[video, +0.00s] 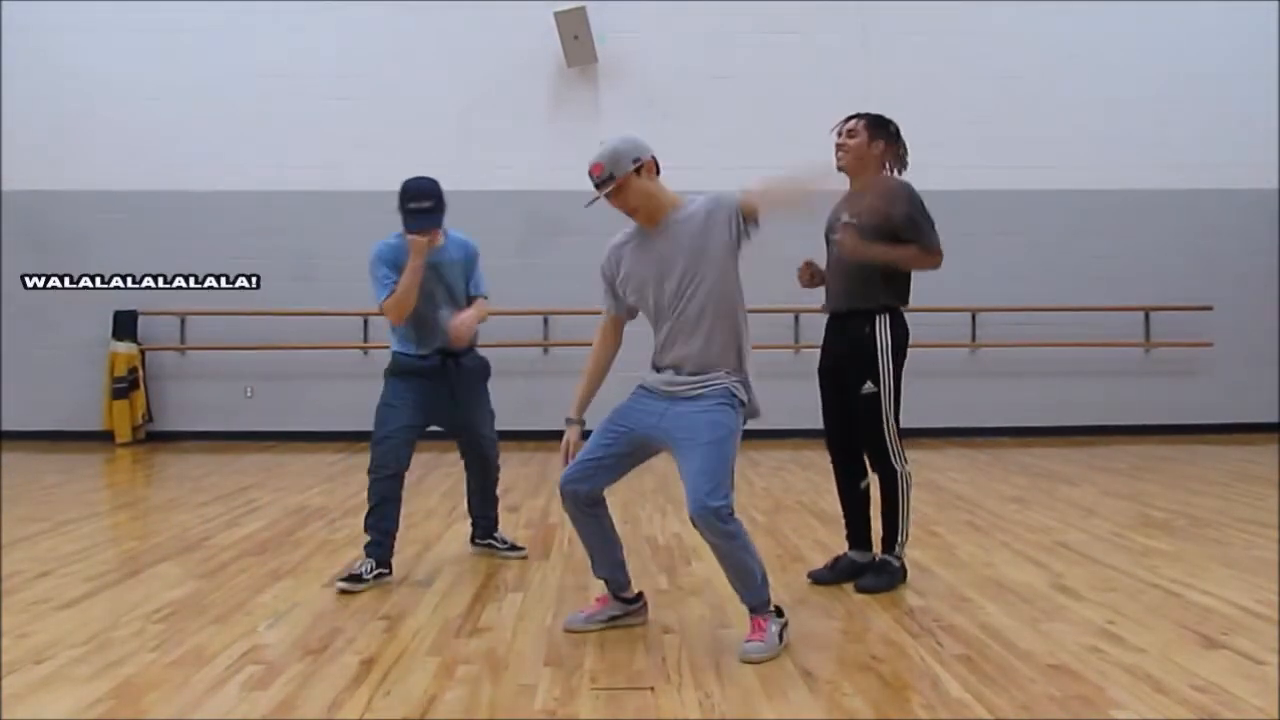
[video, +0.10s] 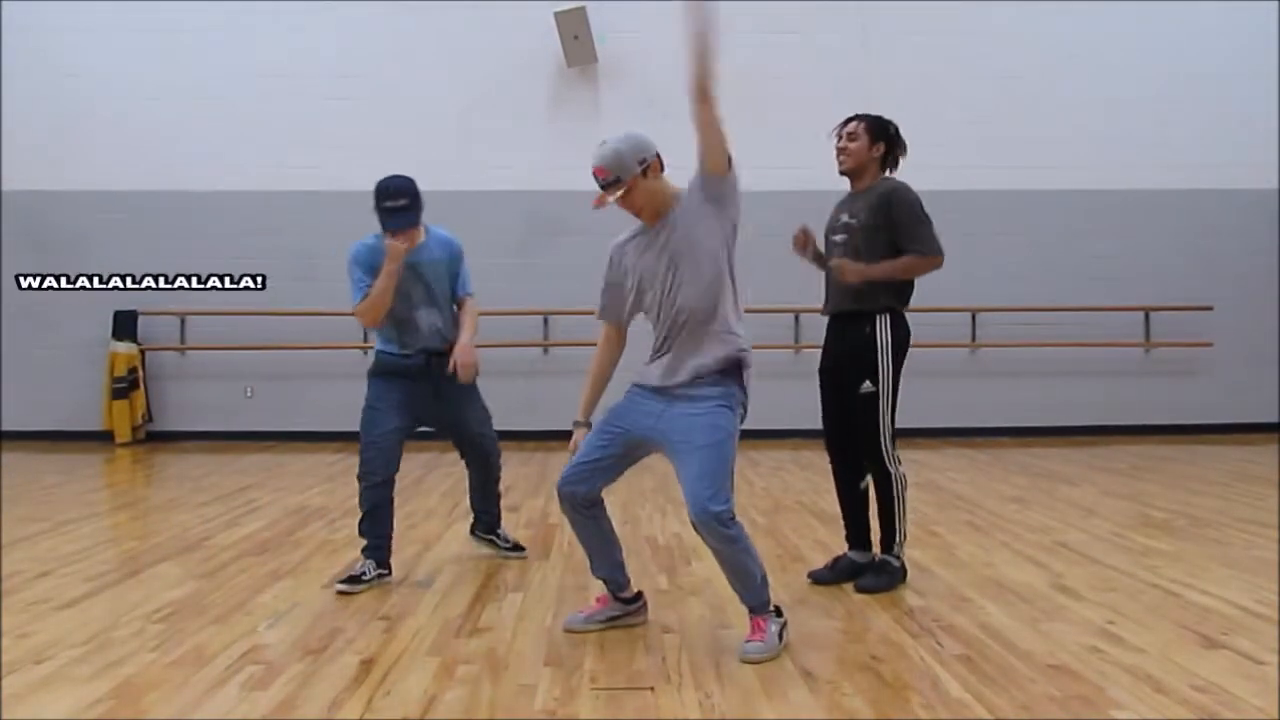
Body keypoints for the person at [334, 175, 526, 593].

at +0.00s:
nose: (427, 234)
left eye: (432, 225)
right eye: (417, 227)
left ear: (443, 217)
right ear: (403, 221)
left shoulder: (463, 250)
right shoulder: (387, 254)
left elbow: (481, 302)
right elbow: (395, 314)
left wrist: (471, 316)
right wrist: (417, 258)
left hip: (461, 372)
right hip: (409, 373)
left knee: (484, 452)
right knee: (387, 458)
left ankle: (485, 532)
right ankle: (377, 558)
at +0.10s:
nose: (401, 234)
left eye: (408, 225)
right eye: (392, 227)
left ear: (421, 215)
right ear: (379, 220)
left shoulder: (446, 247)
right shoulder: (365, 254)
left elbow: (466, 303)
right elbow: (369, 319)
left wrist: (466, 340)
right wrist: (393, 263)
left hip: (445, 369)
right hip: (393, 373)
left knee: (483, 447)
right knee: (376, 462)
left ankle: (486, 526)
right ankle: (376, 559)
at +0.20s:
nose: (387, 225)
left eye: (392, 215)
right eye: (377, 219)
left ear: (403, 204)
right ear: (362, 215)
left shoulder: (435, 242)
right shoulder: (347, 253)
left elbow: (457, 298)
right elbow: (335, 319)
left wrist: (464, 343)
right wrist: (363, 287)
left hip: (438, 365)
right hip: (382, 369)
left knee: (480, 447)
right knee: (370, 464)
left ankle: (484, 527)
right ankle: (375, 559)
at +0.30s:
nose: (373, 215)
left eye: (378, 205)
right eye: (363, 209)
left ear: (391, 194)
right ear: (349, 208)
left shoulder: (426, 237)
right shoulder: (335, 251)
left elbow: (452, 289)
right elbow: (321, 308)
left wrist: (456, 341)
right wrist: (335, 335)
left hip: (430, 364)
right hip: (372, 369)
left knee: (464, 450)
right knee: (367, 467)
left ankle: (479, 544)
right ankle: (375, 560)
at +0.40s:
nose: (364, 212)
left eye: (369, 201)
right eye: (353, 206)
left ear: (383, 190)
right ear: (340, 205)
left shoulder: (419, 234)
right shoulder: (330, 251)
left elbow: (451, 287)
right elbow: (319, 309)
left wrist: (447, 339)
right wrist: (324, 348)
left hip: (422, 364)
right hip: (365, 370)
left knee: (446, 461)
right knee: (365, 470)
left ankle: (470, 557)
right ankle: (375, 560)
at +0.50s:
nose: (356, 211)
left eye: (362, 200)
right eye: (346, 205)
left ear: (378, 189)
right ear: (333, 203)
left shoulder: (414, 233)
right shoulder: (326, 249)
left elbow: (452, 284)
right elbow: (320, 305)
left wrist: (435, 328)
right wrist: (324, 344)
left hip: (413, 363)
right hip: (358, 368)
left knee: (431, 466)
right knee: (361, 470)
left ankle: (446, 569)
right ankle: (375, 559)